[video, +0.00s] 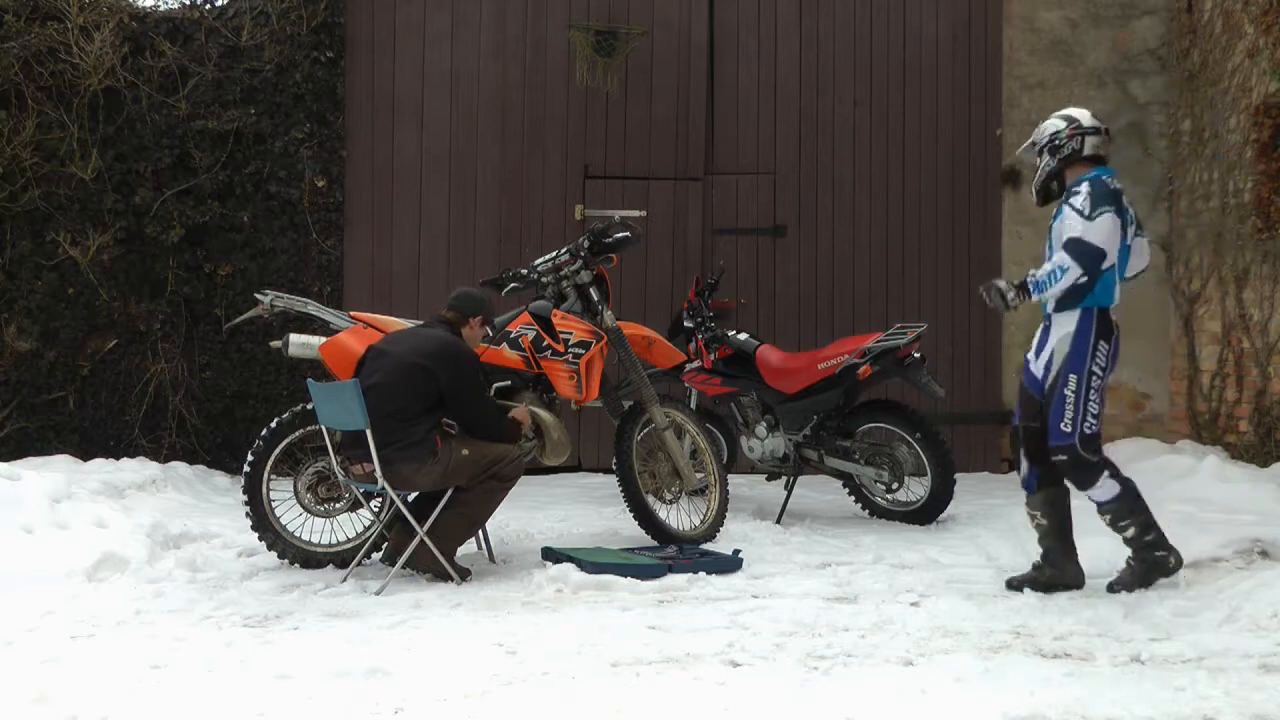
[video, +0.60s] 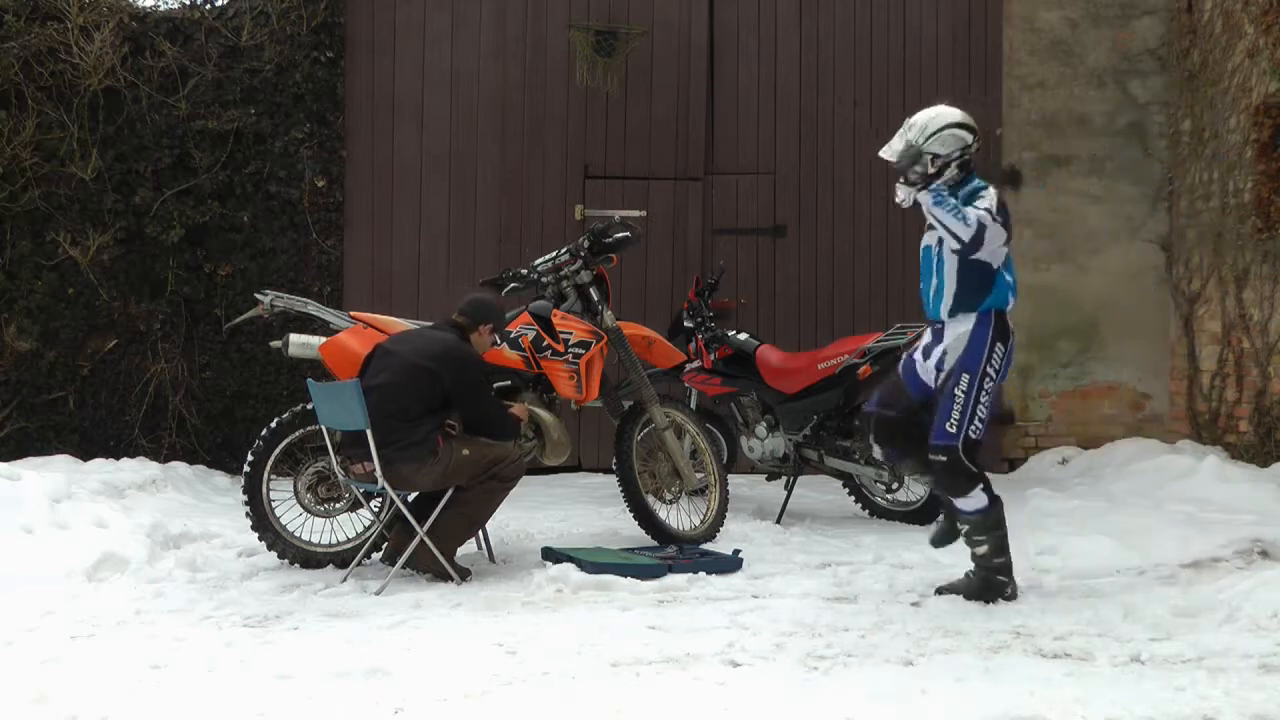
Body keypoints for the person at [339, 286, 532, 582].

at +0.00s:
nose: (484, 335)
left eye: (486, 328)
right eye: (484, 327)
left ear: (446, 314)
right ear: (473, 321)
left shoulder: (400, 337)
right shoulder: (456, 353)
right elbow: (482, 424)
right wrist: (515, 421)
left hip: (357, 455)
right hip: (401, 461)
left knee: (461, 451)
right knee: (508, 462)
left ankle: (401, 543)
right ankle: (435, 551)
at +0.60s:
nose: (492, 345)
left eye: (495, 339)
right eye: (494, 337)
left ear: (459, 317)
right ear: (484, 329)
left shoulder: (405, 337)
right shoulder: (461, 356)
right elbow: (494, 428)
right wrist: (514, 417)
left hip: (358, 454)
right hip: (401, 461)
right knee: (509, 463)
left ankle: (402, 543)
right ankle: (435, 551)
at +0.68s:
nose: (492, 345)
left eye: (495, 339)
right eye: (494, 337)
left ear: (459, 317)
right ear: (484, 329)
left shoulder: (406, 337)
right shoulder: (462, 357)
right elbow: (495, 431)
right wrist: (514, 420)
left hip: (358, 454)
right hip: (401, 461)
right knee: (508, 464)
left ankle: (402, 543)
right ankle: (435, 551)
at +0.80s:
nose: (492, 345)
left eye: (495, 339)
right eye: (494, 338)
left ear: (459, 317)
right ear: (484, 329)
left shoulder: (405, 337)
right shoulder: (461, 357)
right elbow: (493, 429)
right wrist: (514, 420)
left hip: (357, 456)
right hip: (401, 461)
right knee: (508, 464)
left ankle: (402, 543)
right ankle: (435, 551)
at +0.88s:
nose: (492, 345)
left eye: (495, 339)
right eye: (493, 337)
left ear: (459, 317)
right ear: (483, 329)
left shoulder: (404, 337)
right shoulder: (461, 357)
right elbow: (486, 424)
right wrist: (516, 421)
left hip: (357, 456)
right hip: (400, 461)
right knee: (508, 464)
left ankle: (402, 543)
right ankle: (435, 550)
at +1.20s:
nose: (491, 346)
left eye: (494, 339)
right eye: (493, 337)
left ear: (458, 318)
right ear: (483, 329)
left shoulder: (404, 337)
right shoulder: (462, 358)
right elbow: (489, 427)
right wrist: (515, 419)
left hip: (357, 456)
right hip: (400, 461)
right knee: (508, 464)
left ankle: (402, 543)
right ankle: (435, 550)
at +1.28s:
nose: (491, 346)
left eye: (494, 339)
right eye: (493, 337)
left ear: (458, 317)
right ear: (483, 329)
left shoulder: (404, 337)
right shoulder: (462, 358)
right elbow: (489, 426)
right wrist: (515, 418)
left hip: (357, 456)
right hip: (400, 462)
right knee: (508, 463)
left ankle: (402, 543)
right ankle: (435, 551)